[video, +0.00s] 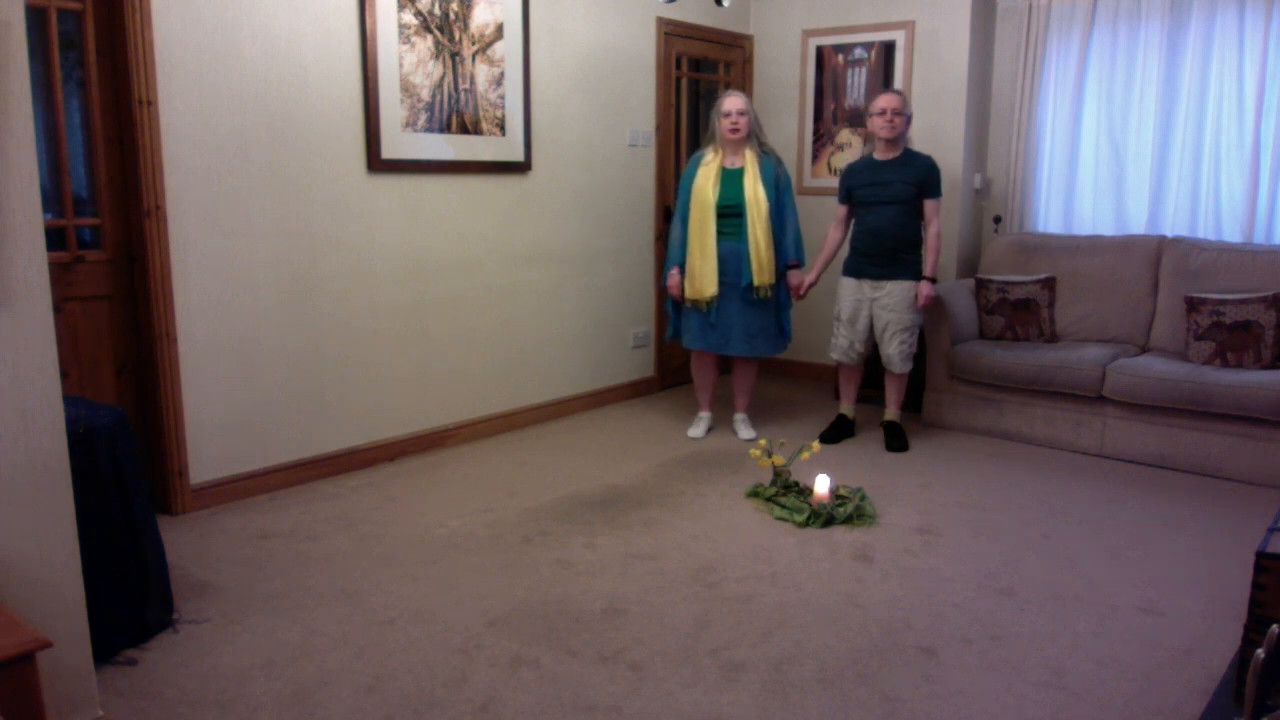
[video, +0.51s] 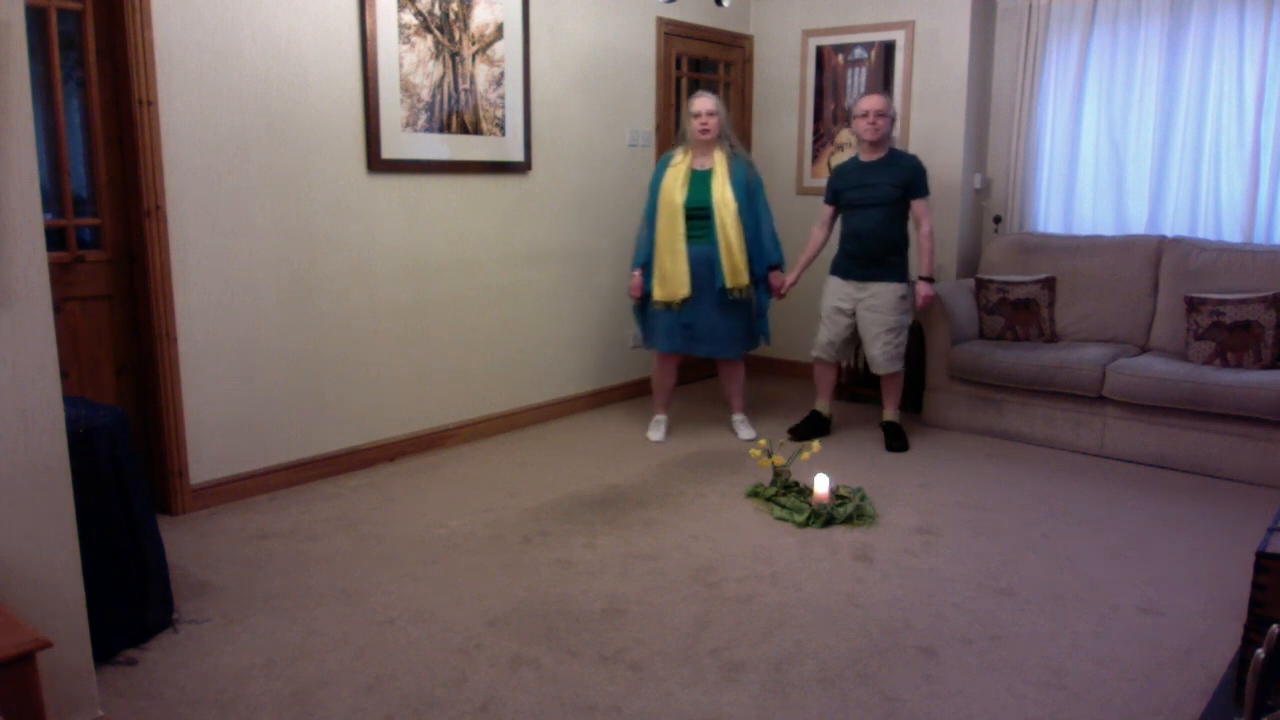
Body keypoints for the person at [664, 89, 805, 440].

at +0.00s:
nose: (734, 121)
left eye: (741, 114)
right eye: (727, 115)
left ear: (752, 120)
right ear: (716, 121)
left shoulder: (769, 164)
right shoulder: (698, 164)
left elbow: (787, 217)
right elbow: (681, 219)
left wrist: (793, 266)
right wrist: (674, 267)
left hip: (754, 272)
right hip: (704, 272)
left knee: (747, 346)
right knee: (703, 345)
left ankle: (741, 414)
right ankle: (704, 411)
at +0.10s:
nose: (733, 121)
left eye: (740, 115)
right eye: (726, 116)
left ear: (751, 121)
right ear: (716, 122)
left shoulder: (768, 165)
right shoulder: (698, 164)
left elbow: (786, 218)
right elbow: (680, 219)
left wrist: (793, 267)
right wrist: (671, 267)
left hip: (752, 273)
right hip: (702, 273)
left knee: (747, 346)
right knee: (698, 343)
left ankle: (741, 414)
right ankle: (700, 408)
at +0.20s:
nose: (730, 122)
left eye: (737, 115)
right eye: (722, 116)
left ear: (748, 121)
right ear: (712, 122)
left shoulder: (765, 165)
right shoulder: (695, 163)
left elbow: (784, 218)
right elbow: (677, 218)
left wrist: (793, 267)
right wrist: (666, 267)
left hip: (750, 275)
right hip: (698, 273)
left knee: (746, 349)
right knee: (690, 344)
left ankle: (741, 414)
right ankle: (685, 408)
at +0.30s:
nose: (723, 120)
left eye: (730, 113)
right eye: (716, 115)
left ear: (741, 119)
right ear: (706, 121)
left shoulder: (759, 164)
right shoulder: (688, 163)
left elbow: (778, 217)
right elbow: (671, 219)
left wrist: (788, 265)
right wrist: (660, 267)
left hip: (744, 275)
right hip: (692, 274)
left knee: (742, 349)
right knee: (681, 346)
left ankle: (740, 415)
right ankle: (668, 410)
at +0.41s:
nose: (715, 120)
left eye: (722, 113)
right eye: (707, 115)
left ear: (733, 119)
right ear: (697, 121)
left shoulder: (751, 164)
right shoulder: (680, 164)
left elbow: (771, 217)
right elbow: (663, 220)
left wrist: (782, 265)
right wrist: (651, 267)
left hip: (737, 272)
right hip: (684, 272)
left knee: (737, 347)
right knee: (673, 347)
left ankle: (739, 414)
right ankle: (661, 412)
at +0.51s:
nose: (704, 121)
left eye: (711, 115)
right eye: (697, 116)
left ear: (722, 120)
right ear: (687, 122)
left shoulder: (739, 166)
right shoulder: (668, 166)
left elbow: (760, 219)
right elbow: (651, 222)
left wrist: (773, 267)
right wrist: (639, 269)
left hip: (727, 272)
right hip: (673, 273)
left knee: (730, 347)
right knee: (667, 348)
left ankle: (738, 413)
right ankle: (660, 414)